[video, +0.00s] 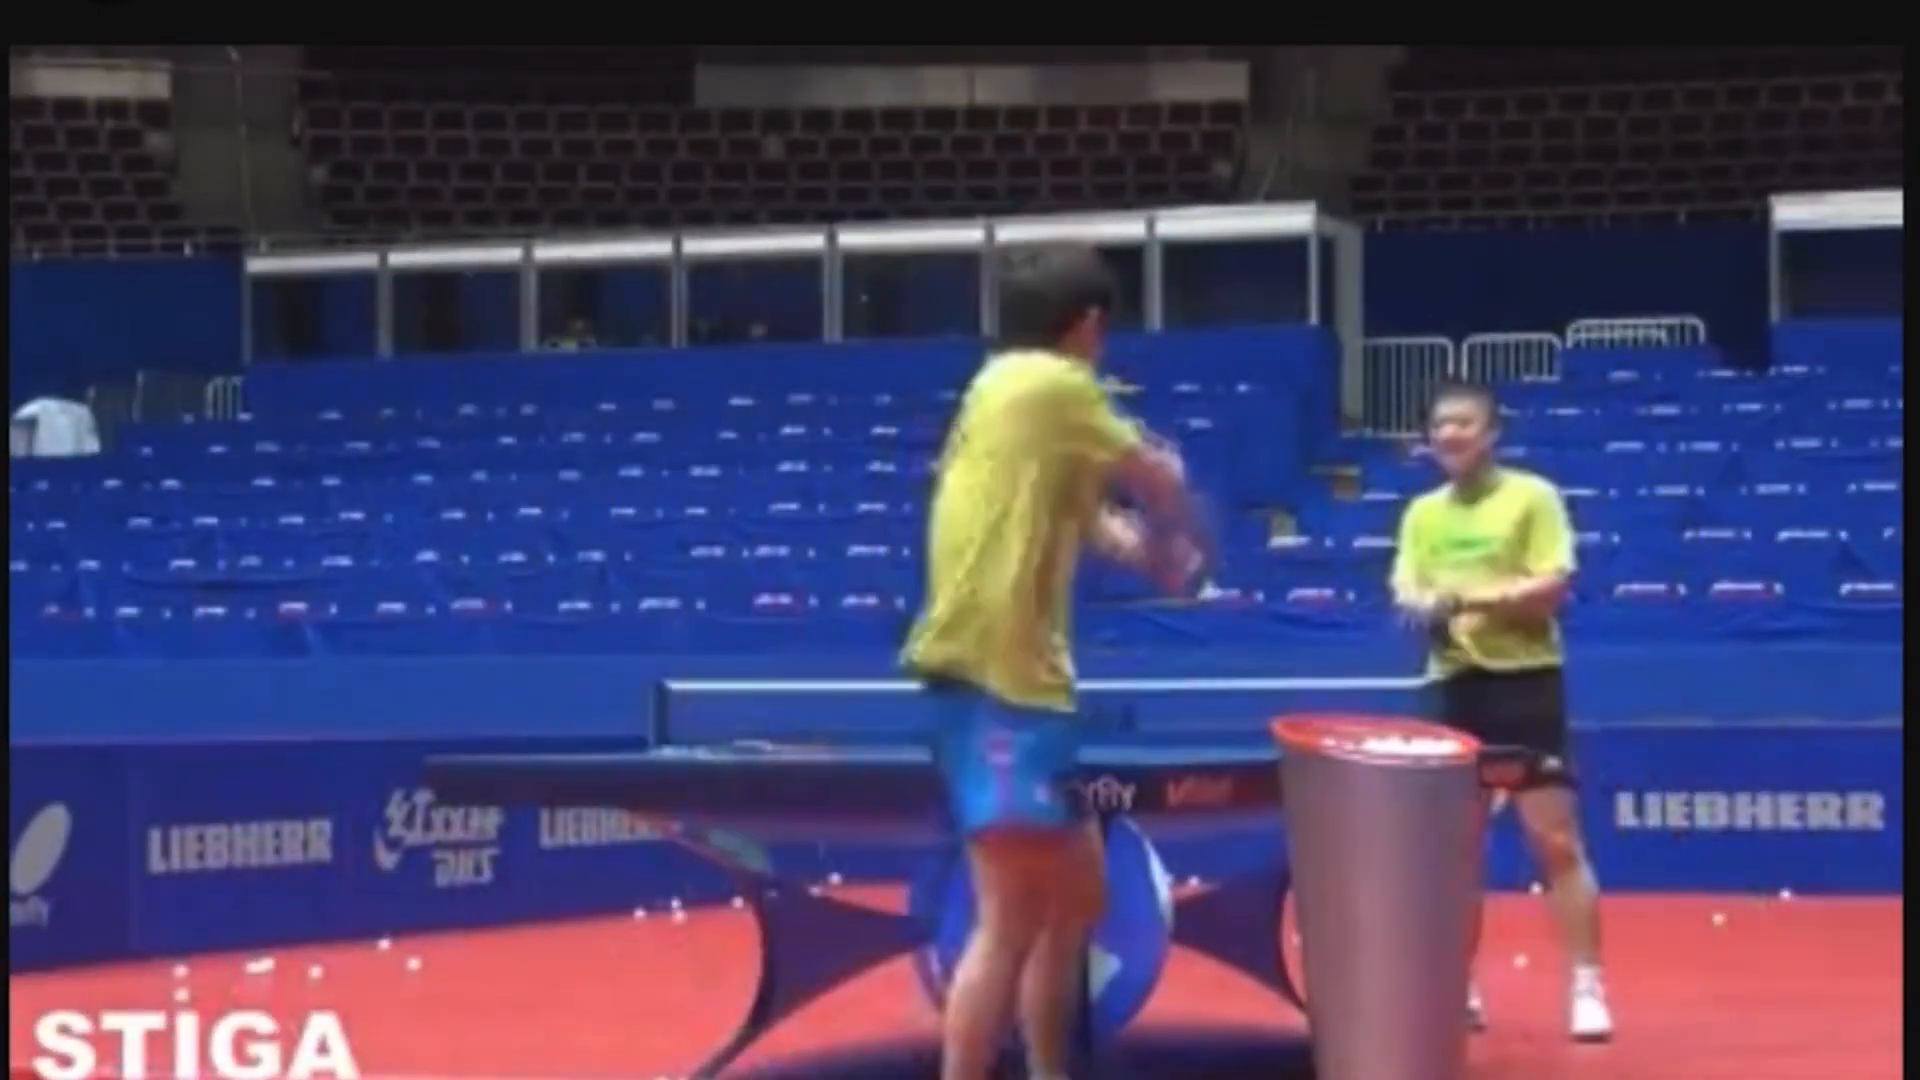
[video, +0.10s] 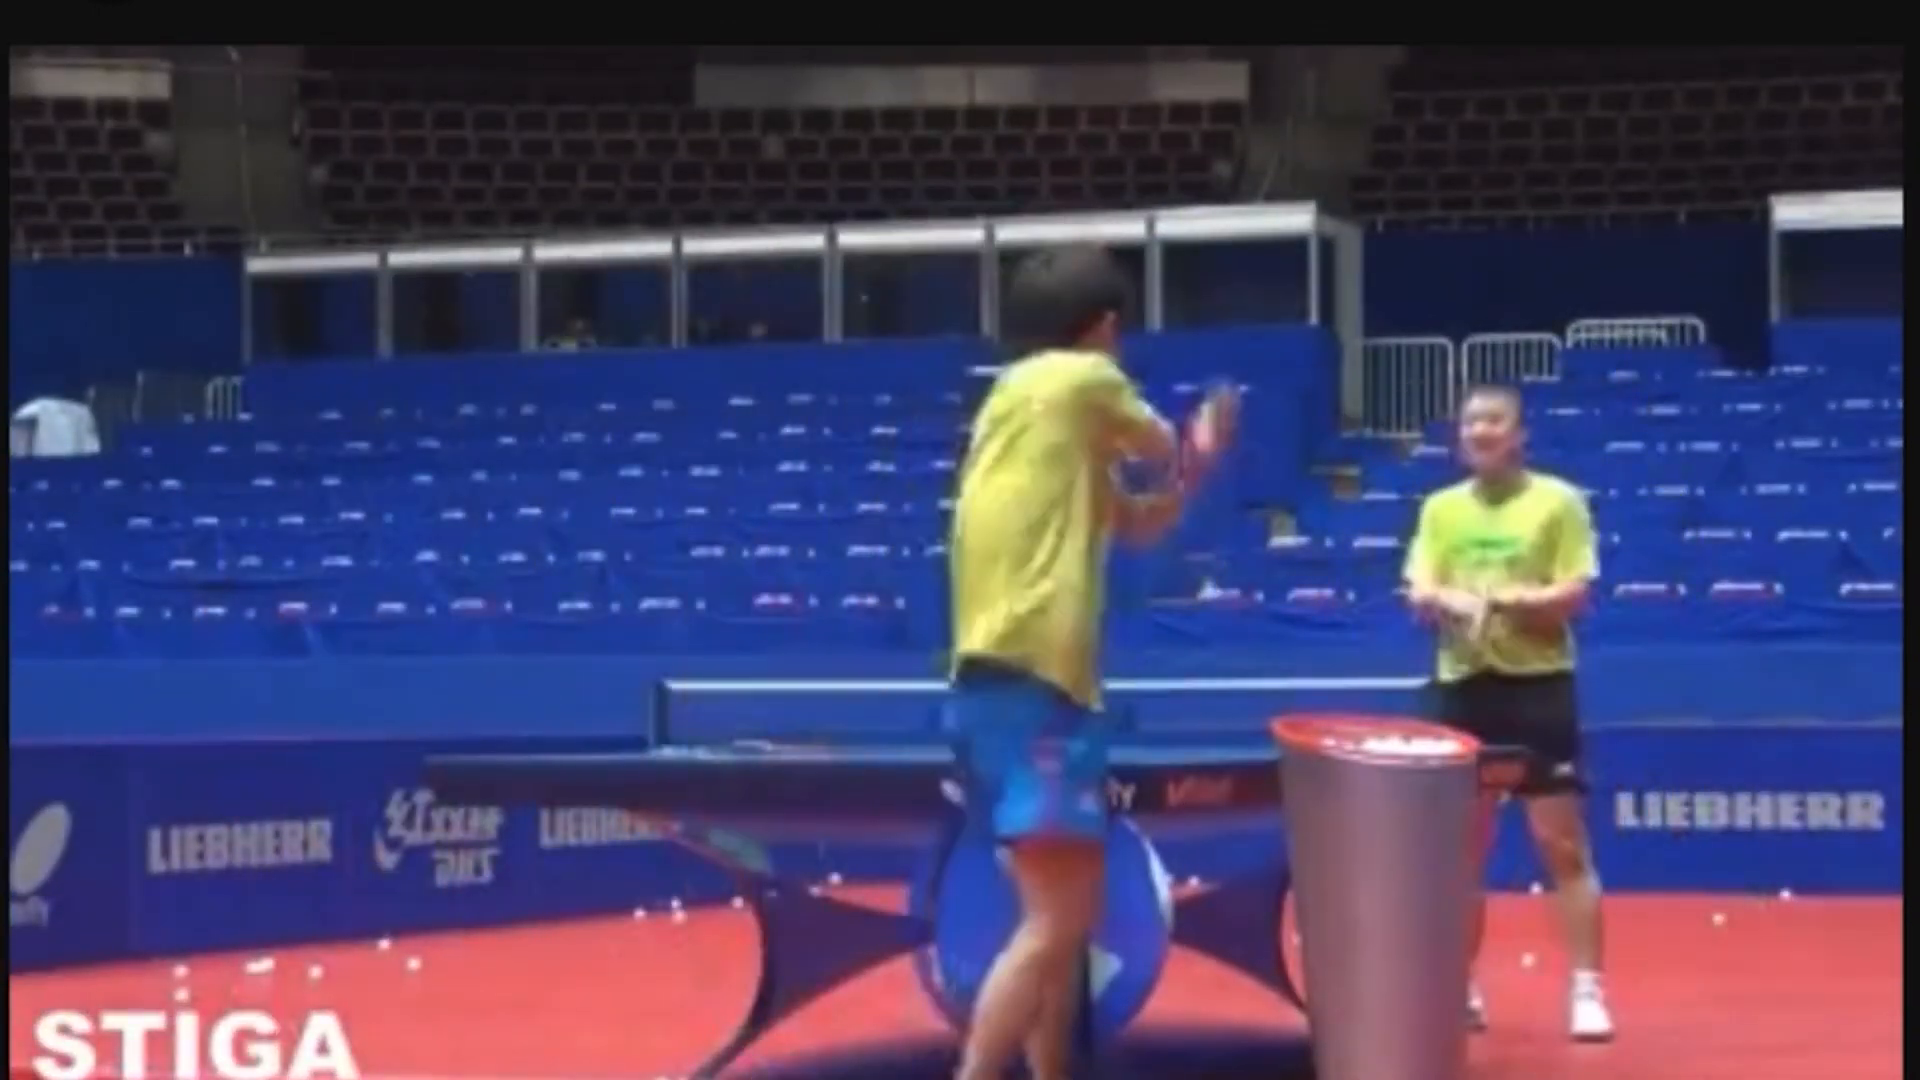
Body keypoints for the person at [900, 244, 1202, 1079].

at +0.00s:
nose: (1103, 343)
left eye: (1104, 329)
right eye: (1104, 328)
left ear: (1020, 319)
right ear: (1086, 324)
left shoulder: (1010, 389)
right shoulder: (1052, 386)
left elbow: (1083, 510)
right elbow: (1161, 478)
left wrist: (1157, 557)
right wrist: (1181, 540)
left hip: (1019, 687)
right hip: (991, 687)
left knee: (1074, 897)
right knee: (1010, 913)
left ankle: (1048, 1069)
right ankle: (962, 1070)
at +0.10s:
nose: (1119, 336)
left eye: (1115, 324)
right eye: (1118, 324)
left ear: (1031, 328)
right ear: (1101, 325)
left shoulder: (1013, 406)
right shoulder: (1078, 378)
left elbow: (1138, 521)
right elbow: (1168, 448)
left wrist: (1192, 467)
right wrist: (1198, 443)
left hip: (994, 689)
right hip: (1032, 691)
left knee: (1059, 919)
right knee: (1057, 917)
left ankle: (1053, 1070)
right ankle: (976, 1070)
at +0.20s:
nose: (1132, 331)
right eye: (1131, 320)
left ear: (1043, 324)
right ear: (1123, 323)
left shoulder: (1015, 405)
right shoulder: (1107, 378)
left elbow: (1149, 516)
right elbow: (1165, 445)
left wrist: (1183, 420)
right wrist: (1186, 400)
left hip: (995, 686)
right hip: (1056, 684)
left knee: (1064, 913)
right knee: (1122, 909)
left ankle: (1046, 1067)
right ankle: (1009, 1066)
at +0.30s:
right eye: (1138, 311)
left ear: (1054, 323)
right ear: (1139, 317)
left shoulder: (1028, 409)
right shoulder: (1139, 379)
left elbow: (1149, 518)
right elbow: (1163, 512)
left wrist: (1183, 423)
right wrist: (1194, 409)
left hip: (1010, 689)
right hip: (1092, 686)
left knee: (1072, 915)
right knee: (1200, 891)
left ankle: (1050, 1074)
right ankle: (1076, 1060)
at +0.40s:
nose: (1068, 324)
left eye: (1072, 314)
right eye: (1155, 317)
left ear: (1074, 326)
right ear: (1159, 321)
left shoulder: (1047, 409)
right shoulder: (1180, 380)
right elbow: (1182, 500)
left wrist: (1200, 402)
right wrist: (1218, 394)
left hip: (1021, 694)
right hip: (1117, 688)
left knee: (1072, 909)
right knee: (1215, 888)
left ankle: (1048, 1070)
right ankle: (1165, 1062)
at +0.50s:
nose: (1090, 324)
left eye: (1091, 314)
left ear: (1100, 324)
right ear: (1184, 326)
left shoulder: (1065, 411)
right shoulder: (1209, 392)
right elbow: (1239, 483)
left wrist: (1256, 478)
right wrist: (1275, 474)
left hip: (1047, 698)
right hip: (1150, 695)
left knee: (1074, 915)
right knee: (1221, 912)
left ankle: (1051, 1072)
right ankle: (1253, 1069)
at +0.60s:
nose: (1112, 333)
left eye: (1114, 323)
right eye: (1115, 324)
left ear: (1127, 326)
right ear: (1209, 328)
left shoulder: (1088, 415)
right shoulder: (1246, 403)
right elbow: (1291, 510)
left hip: (1073, 701)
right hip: (1182, 697)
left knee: (1086, 919)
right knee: (1243, 915)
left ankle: (1052, 1072)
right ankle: (1268, 1070)